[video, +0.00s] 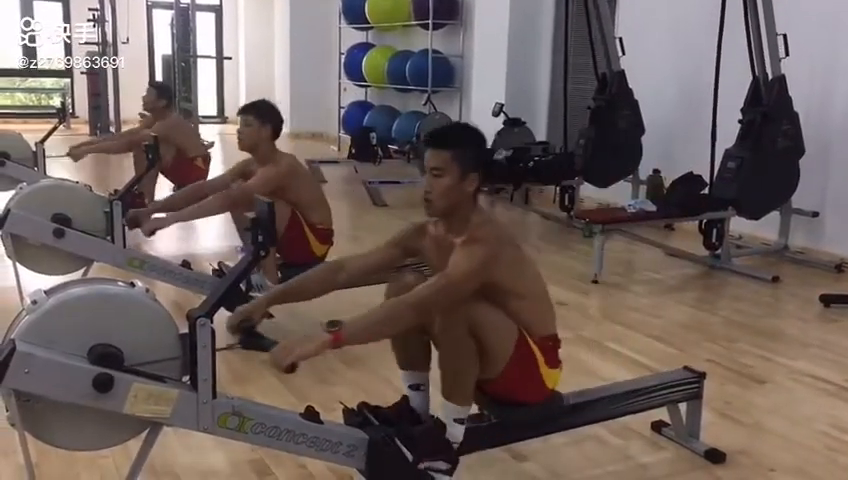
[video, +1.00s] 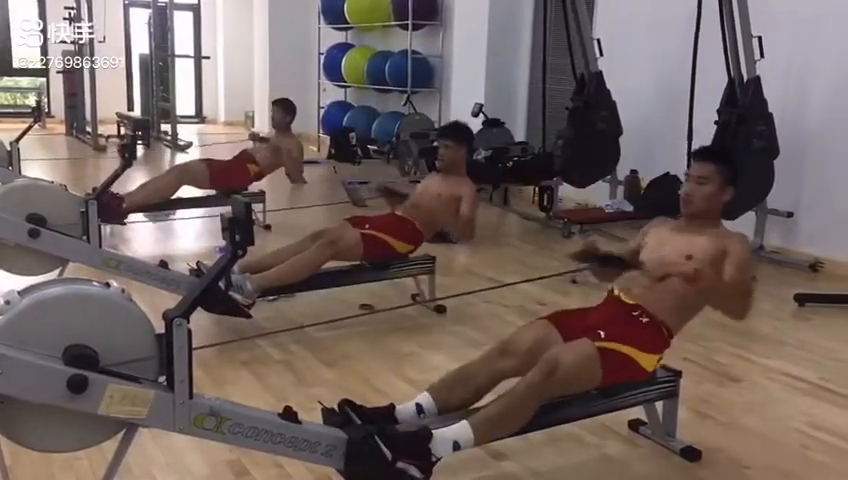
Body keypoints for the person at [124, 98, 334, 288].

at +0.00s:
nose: (238, 131)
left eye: (245, 125)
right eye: (239, 125)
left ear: (267, 132)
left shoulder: (281, 168)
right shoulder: (250, 166)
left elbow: (230, 200)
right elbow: (204, 189)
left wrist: (167, 221)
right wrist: (153, 209)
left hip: (311, 243)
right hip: (289, 237)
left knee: (271, 204)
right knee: (236, 194)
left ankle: (271, 279)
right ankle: (255, 266)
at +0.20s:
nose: (258, 127)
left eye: (266, 121)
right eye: (259, 120)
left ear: (286, 128)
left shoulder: (294, 165)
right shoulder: (267, 161)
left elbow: (242, 191)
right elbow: (216, 182)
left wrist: (184, 207)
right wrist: (160, 199)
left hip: (324, 241)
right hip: (308, 236)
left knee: (274, 200)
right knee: (254, 199)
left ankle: (268, 283)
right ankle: (265, 283)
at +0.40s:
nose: (310, 119)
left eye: (318, 114)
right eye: (311, 113)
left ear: (337, 122)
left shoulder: (342, 162)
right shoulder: (315, 157)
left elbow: (290, 193)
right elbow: (269, 182)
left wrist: (242, 207)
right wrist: (218, 195)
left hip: (353, 237)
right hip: (338, 230)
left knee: (286, 200)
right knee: (274, 195)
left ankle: (267, 282)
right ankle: (254, 270)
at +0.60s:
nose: (369, 117)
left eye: (376, 111)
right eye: (370, 111)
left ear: (395, 117)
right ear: (370, 114)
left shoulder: (395, 159)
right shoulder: (364, 152)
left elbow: (350, 188)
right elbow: (322, 176)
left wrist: (301, 202)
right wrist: (275, 187)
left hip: (388, 232)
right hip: (367, 221)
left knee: (314, 218)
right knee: (302, 208)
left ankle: (262, 287)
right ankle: (249, 272)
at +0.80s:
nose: (418, 134)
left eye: (425, 129)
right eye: (418, 129)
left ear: (446, 133)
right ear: (418, 131)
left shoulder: (447, 173)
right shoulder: (414, 162)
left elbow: (405, 194)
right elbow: (370, 179)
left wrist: (352, 197)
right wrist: (328, 182)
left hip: (405, 233)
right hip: (386, 220)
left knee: (330, 237)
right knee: (316, 232)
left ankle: (257, 287)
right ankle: (240, 269)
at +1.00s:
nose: (439, 153)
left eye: (446, 149)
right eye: (438, 148)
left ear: (464, 153)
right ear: (441, 150)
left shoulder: (467, 189)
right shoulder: (433, 177)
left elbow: (466, 235)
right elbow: (411, 212)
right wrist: (393, 198)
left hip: (405, 234)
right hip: (386, 220)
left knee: (331, 244)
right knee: (318, 235)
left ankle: (251, 287)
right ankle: (234, 269)